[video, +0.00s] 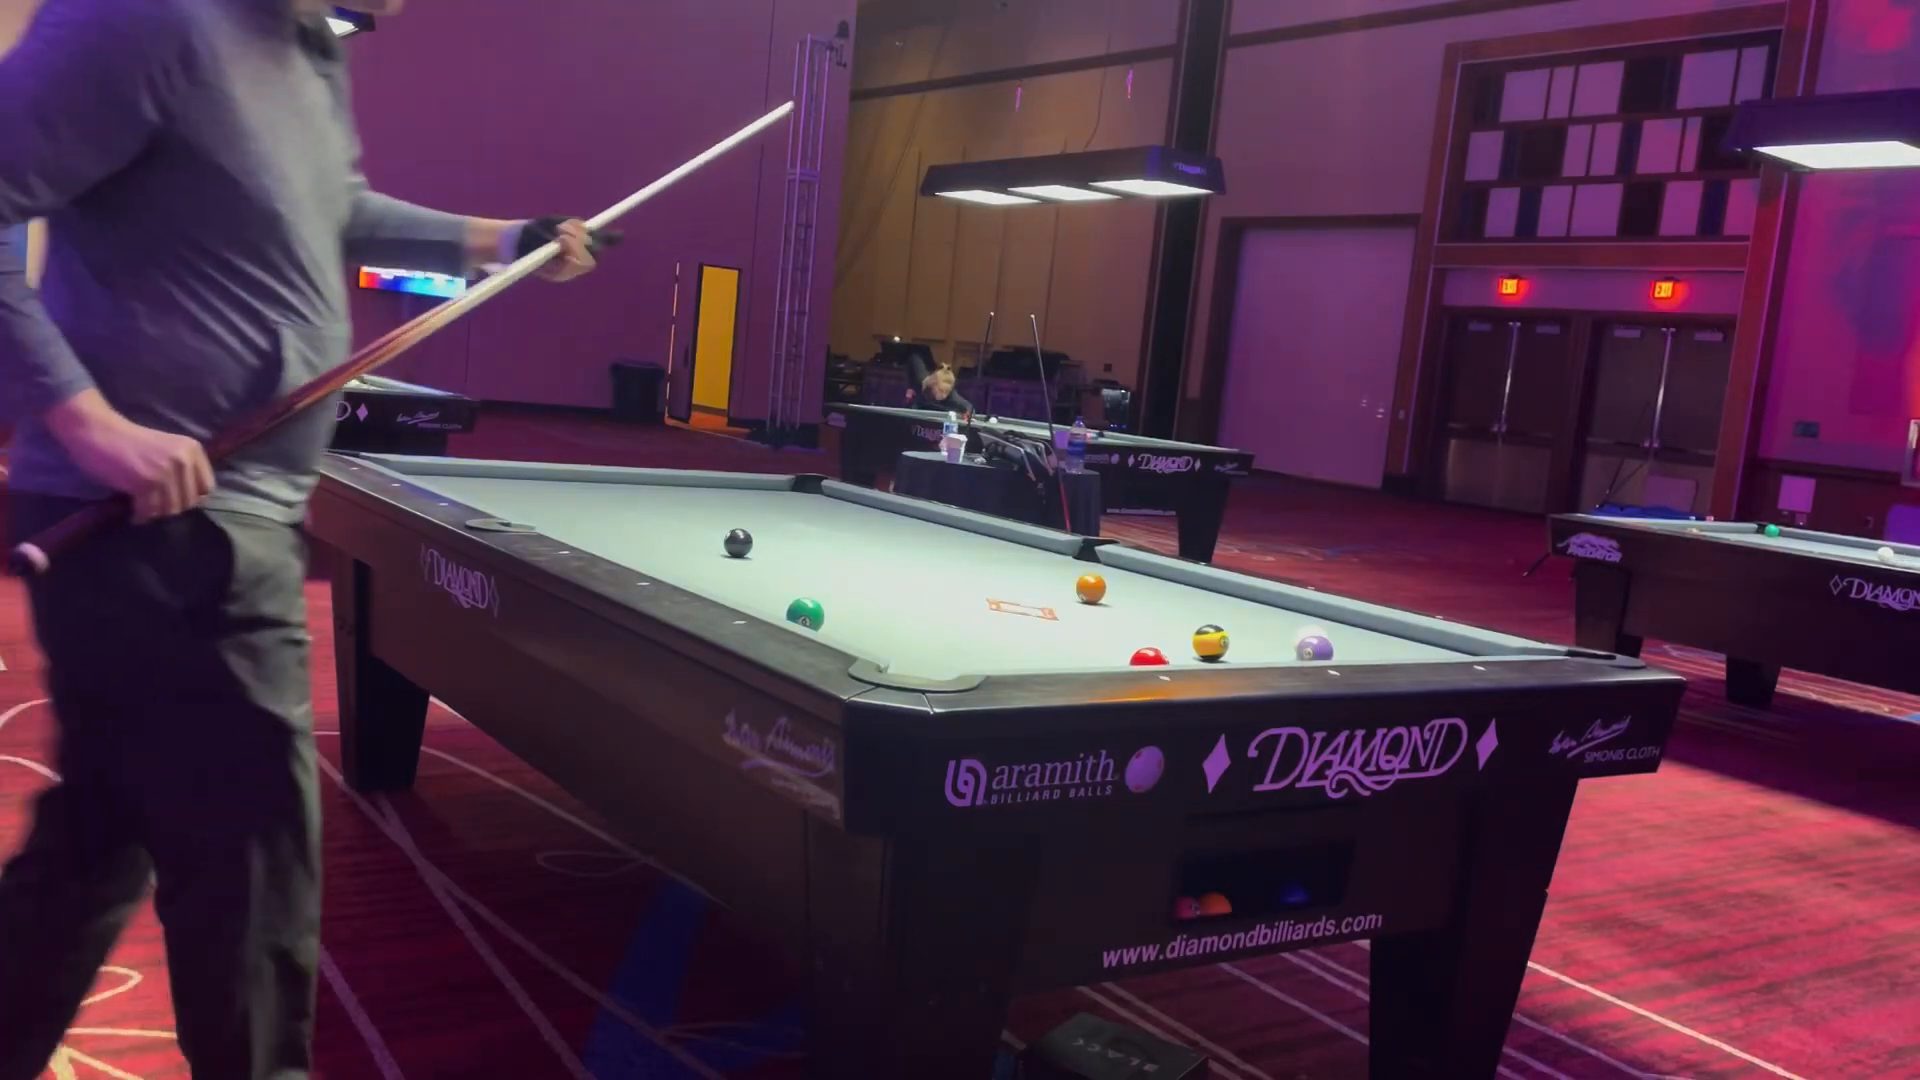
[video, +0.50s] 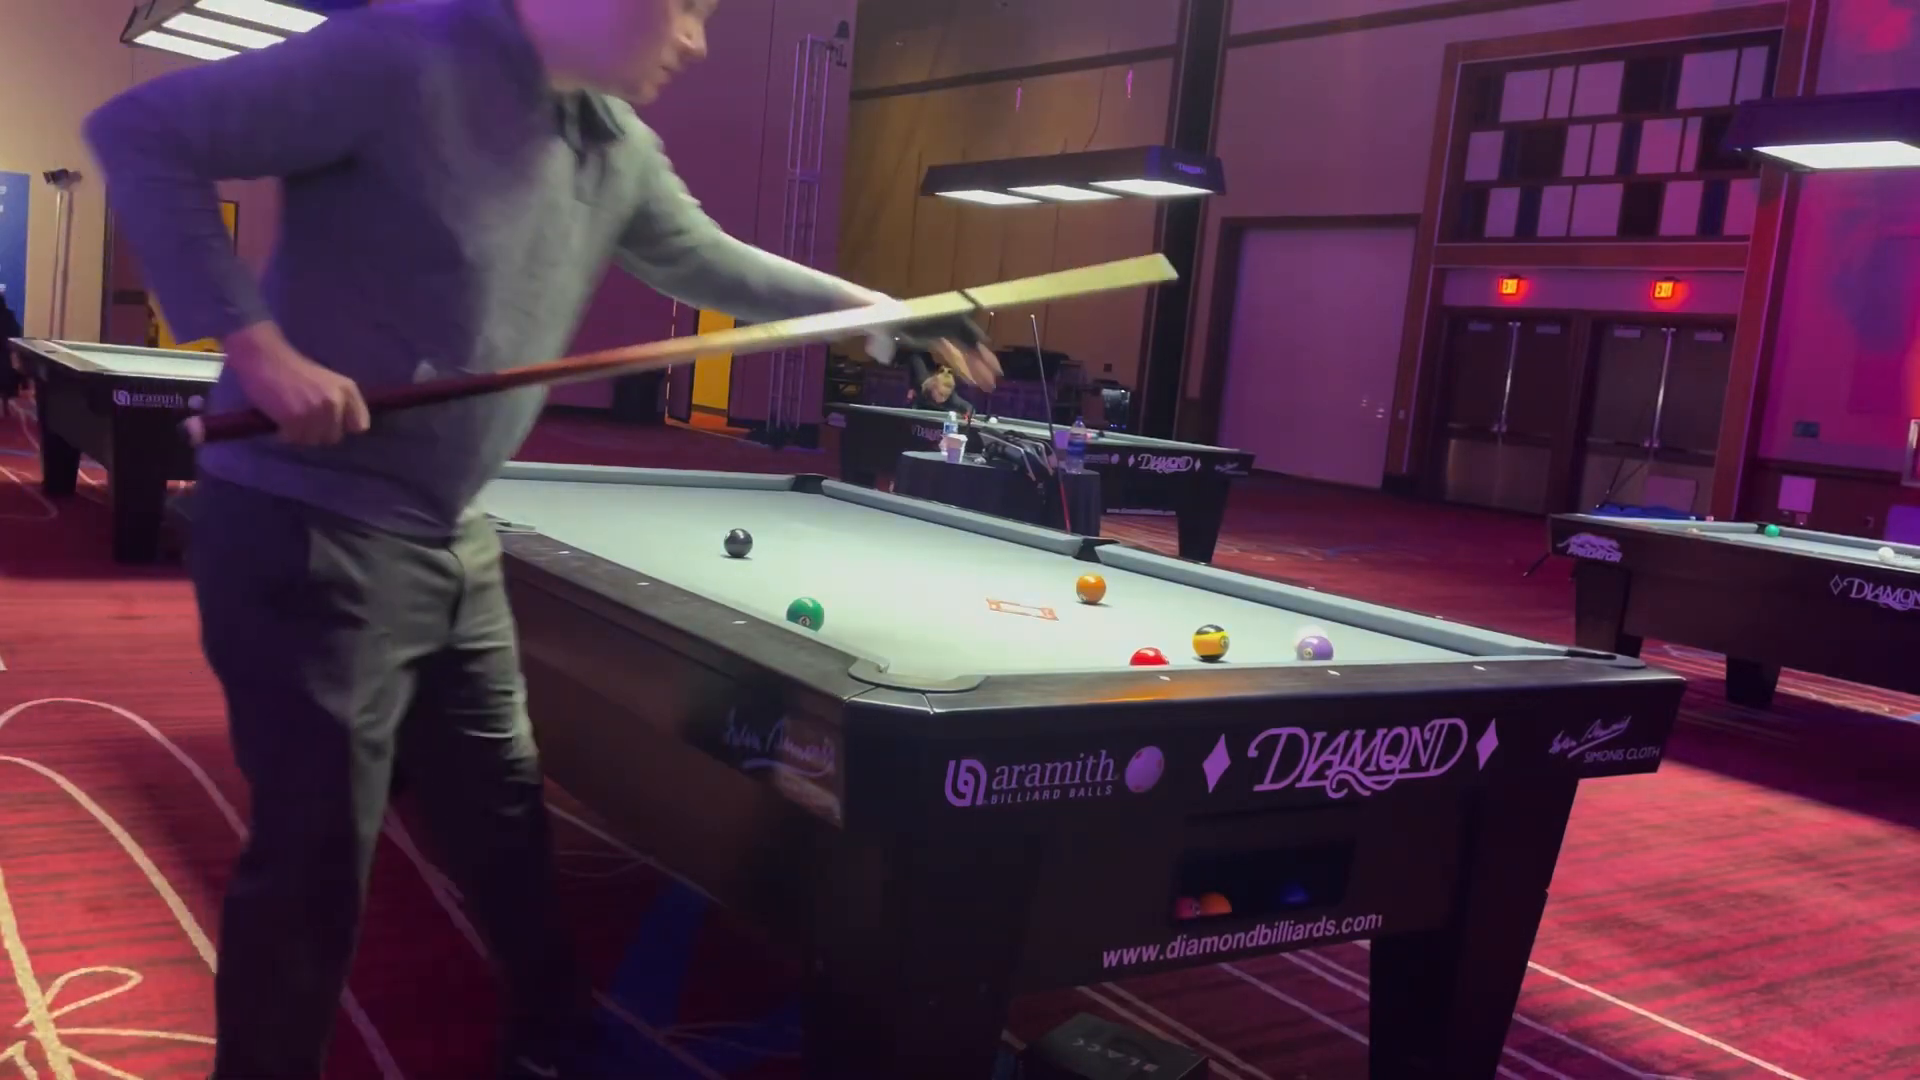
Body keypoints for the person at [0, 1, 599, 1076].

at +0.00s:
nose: (403, 1)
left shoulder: (309, 52)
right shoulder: (148, 22)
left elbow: (325, 210)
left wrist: (497, 240)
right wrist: (78, 414)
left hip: (231, 515)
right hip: (168, 521)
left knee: (92, 840)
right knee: (255, 866)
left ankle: (8, 1049)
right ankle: (263, 1064)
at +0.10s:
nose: (464, 2)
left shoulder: (372, 55)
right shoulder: (203, 31)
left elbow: (398, 207)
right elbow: (7, 188)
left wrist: (559, 236)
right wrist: (119, 416)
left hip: (292, 522)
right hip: (199, 524)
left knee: (212, 834)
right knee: (281, 869)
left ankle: (45, 1056)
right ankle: (267, 1066)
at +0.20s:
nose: (515, 10)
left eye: (516, 5)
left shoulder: (425, 62)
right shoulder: (252, 35)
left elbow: (474, 206)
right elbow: (28, 176)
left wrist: (642, 234)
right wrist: (163, 397)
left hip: (338, 518)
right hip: (231, 520)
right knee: (268, 869)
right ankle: (262, 1072)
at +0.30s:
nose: (576, 9)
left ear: (522, 4)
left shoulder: (492, 84)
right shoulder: (296, 33)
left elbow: (542, 209)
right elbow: (48, 142)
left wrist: (719, 242)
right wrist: (203, 354)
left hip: (382, 518)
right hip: (254, 518)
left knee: (444, 758)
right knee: (283, 857)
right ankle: (261, 1065)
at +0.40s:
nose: (639, 17)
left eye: (646, 5)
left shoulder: (550, 107)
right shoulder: (346, 43)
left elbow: (641, 236)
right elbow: (87, 133)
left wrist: (824, 284)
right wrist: (221, 343)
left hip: (416, 523)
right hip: (279, 520)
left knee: (470, 779)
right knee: (293, 863)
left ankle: (441, 1053)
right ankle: (262, 1071)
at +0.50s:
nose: (694, 39)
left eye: (701, 18)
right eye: (683, 5)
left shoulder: (616, 146)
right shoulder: (396, 61)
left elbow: (714, 265)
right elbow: (136, 134)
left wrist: (882, 314)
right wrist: (251, 339)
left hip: (450, 532)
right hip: (307, 522)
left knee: (502, 818)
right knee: (314, 859)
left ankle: (550, 1032)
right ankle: (264, 1069)